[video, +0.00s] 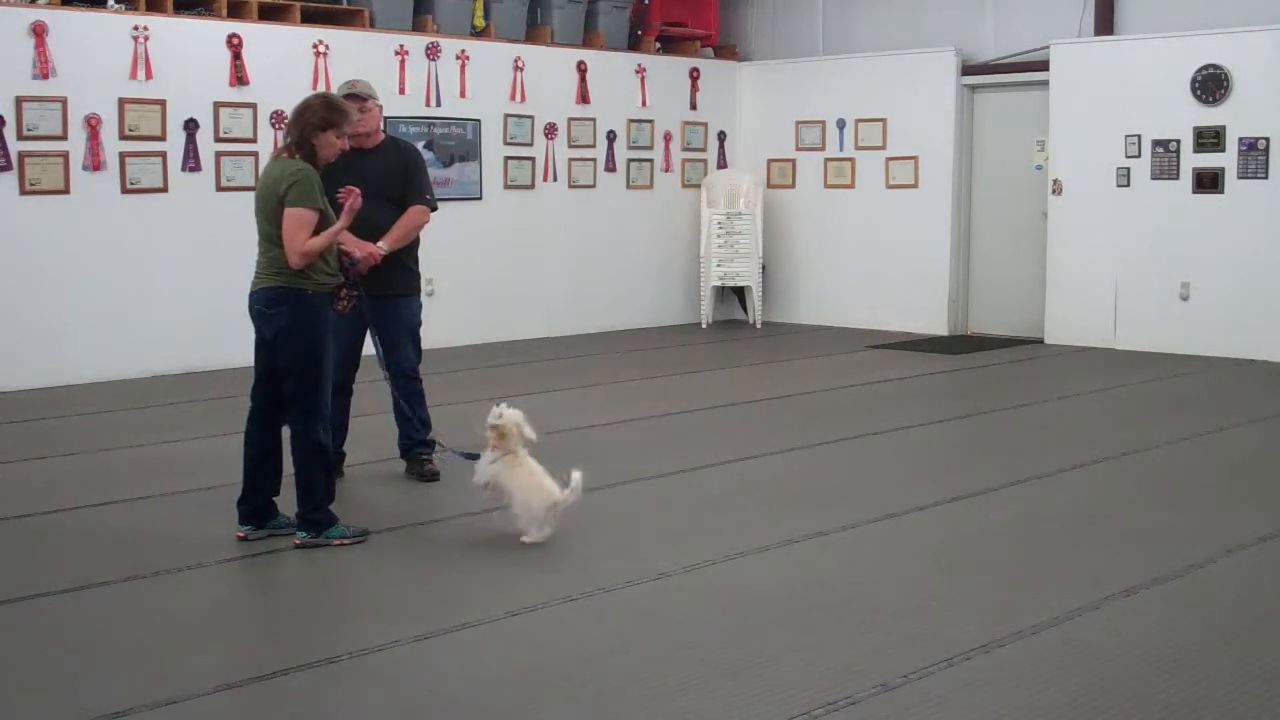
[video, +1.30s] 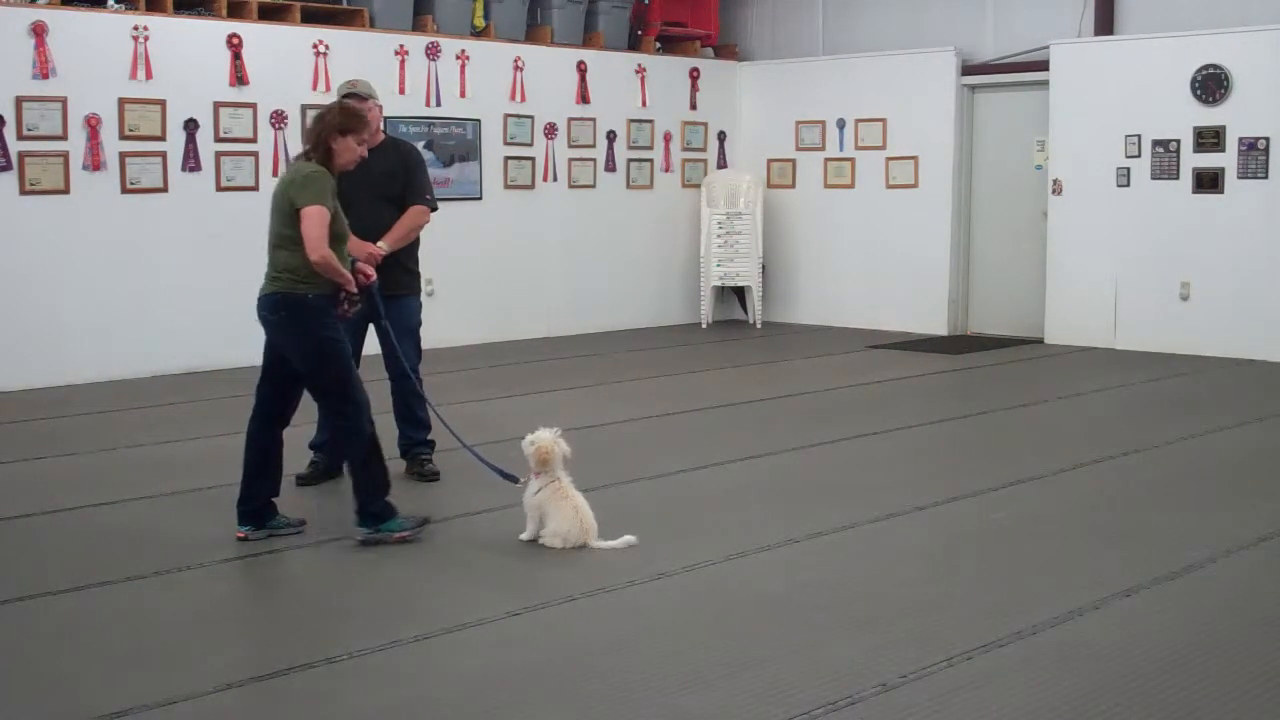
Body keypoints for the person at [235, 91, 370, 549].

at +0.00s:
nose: (344, 147)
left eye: (346, 139)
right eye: (340, 138)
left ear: (312, 133)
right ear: (316, 132)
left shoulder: (277, 170)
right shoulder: (302, 176)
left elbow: (293, 238)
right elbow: (297, 253)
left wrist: (339, 219)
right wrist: (341, 224)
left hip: (272, 299)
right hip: (299, 302)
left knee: (266, 409)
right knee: (311, 412)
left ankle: (256, 514)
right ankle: (316, 519)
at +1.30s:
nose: (363, 154)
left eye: (364, 146)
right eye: (358, 144)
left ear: (331, 140)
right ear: (335, 138)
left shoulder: (307, 177)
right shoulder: (314, 179)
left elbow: (331, 236)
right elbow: (317, 253)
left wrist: (356, 257)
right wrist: (348, 280)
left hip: (287, 306)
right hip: (303, 307)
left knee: (270, 414)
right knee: (351, 405)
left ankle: (256, 515)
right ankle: (375, 515)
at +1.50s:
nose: (414, 173)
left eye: (417, 166)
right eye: (411, 164)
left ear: (384, 153)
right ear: (388, 153)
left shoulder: (340, 181)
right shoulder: (367, 190)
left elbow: (332, 249)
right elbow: (363, 269)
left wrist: (375, 275)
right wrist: (377, 290)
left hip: (297, 306)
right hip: (329, 310)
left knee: (281, 413)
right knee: (373, 412)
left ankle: (256, 515)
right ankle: (391, 518)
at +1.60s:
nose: (442, 182)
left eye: (445, 174)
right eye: (440, 172)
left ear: (412, 163)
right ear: (416, 162)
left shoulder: (362, 184)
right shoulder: (394, 198)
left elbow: (348, 245)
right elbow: (385, 274)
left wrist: (388, 281)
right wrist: (390, 299)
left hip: (303, 300)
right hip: (336, 306)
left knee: (288, 409)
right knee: (377, 411)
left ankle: (258, 513)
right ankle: (391, 519)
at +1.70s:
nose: (465, 195)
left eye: (469, 188)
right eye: (464, 185)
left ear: (437, 171)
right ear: (444, 175)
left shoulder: (387, 187)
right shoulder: (413, 202)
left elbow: (362, 248)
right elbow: (402, 278)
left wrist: (397, 292)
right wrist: (400, 304)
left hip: (311, 296)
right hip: (347, 305)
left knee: (292, 404)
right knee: (382, 412)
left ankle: (261, 509)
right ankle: (391, 519)